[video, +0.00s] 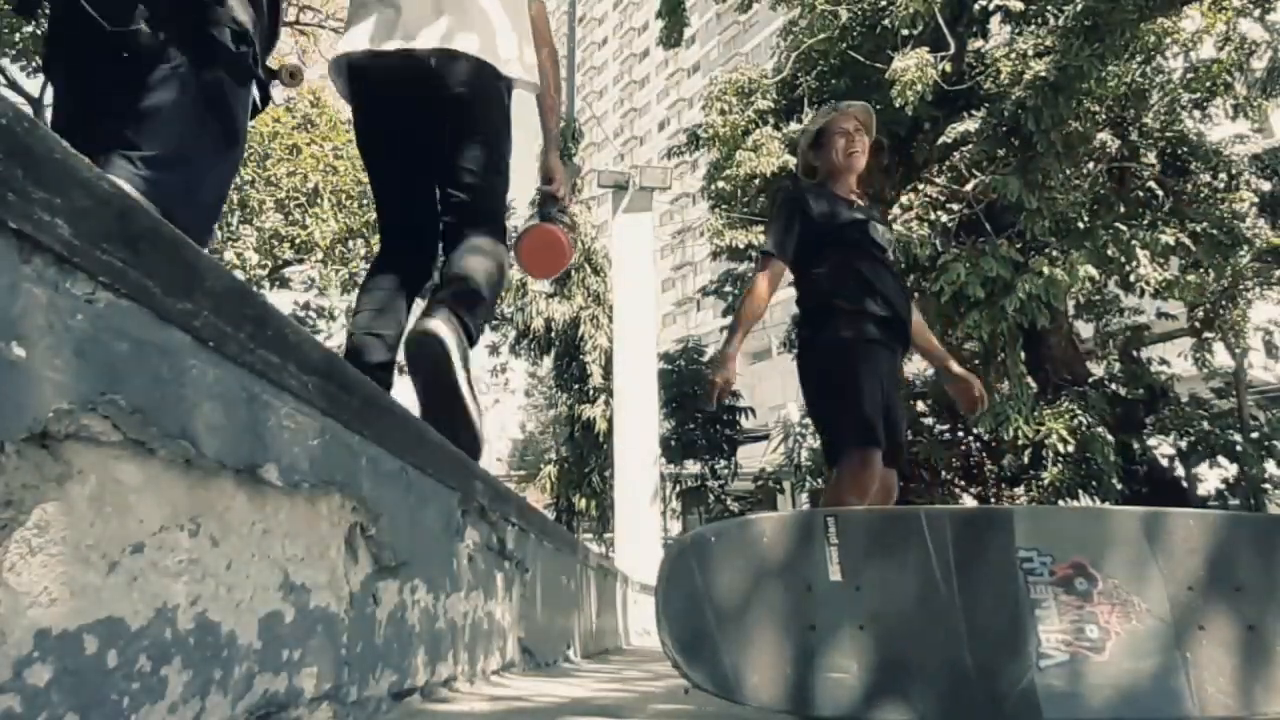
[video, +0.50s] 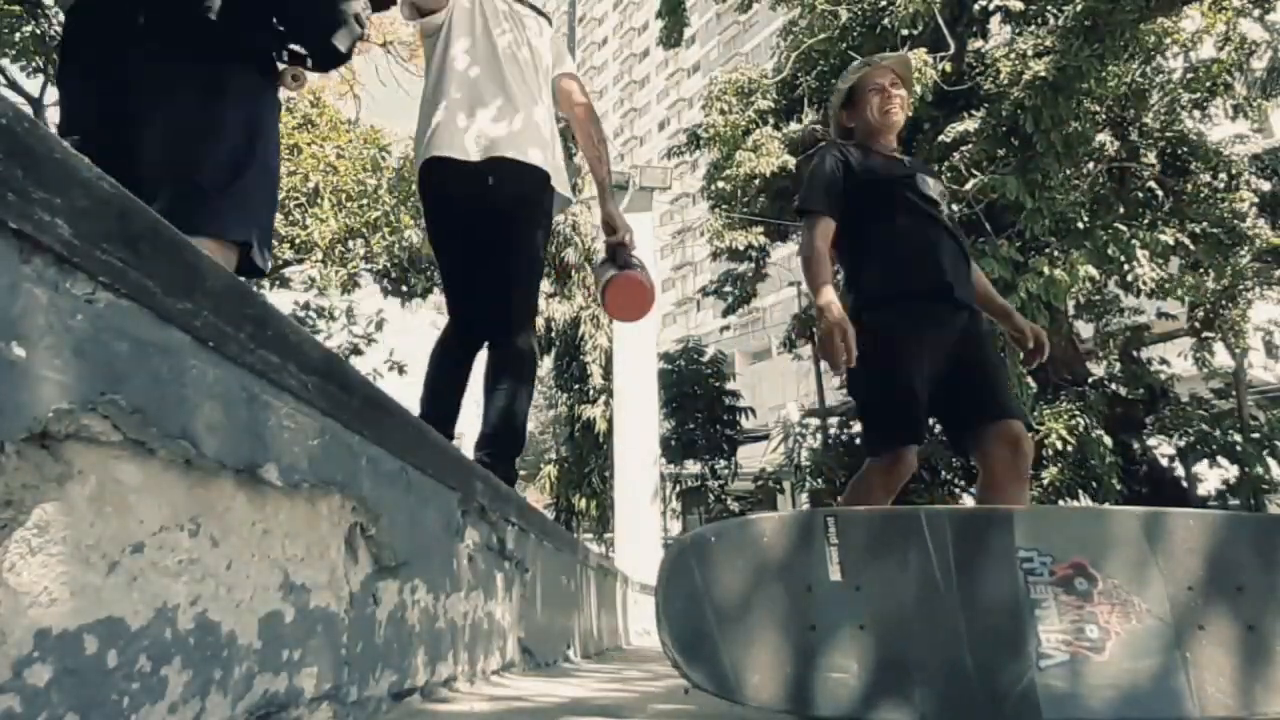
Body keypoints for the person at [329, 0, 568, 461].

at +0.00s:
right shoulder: (519, 6)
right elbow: (543, 50)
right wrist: (551, 146)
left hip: (373, 50)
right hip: (471, 48)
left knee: (403, 238)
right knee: (477, 227)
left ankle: (358, 387)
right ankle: (448, 326)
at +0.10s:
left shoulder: (394, 7)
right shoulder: (530, 5)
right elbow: (552, 60)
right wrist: (569, 169)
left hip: (388, 85)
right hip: (480, 85)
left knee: (412, 257)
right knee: (489, 269)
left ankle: (369, 392)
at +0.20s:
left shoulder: (409, 8)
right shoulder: (532, 9)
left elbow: (392, 48)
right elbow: (560, 72)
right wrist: (584, 178)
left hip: (403, 110)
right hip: (492, 113)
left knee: (425, 287)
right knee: (498, 296)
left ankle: (378, 438)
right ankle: (495, 475)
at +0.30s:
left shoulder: (423, 8)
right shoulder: (536, 16)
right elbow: (573, 95)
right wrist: (599, 197)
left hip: (422, 131)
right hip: (509, 140)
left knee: (448, 304)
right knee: (507, 320)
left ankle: (402, 432)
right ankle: (494, 473)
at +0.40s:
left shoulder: (430, 10)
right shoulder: (536, 27)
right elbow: (578, 105)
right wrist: (603, 196)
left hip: (436, 152)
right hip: (518, 155)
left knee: (459, 316)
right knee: (512, 327)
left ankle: (415, 447)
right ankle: (493, 474)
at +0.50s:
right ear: (527, 5)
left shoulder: (447, 7)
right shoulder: (542, 30)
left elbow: (406, 2)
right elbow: (578, 105)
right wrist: (608, 202)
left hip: (445, 160)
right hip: (523, 167)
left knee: (464, 323)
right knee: (516, 329)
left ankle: (426, 450)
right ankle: (494, 473)